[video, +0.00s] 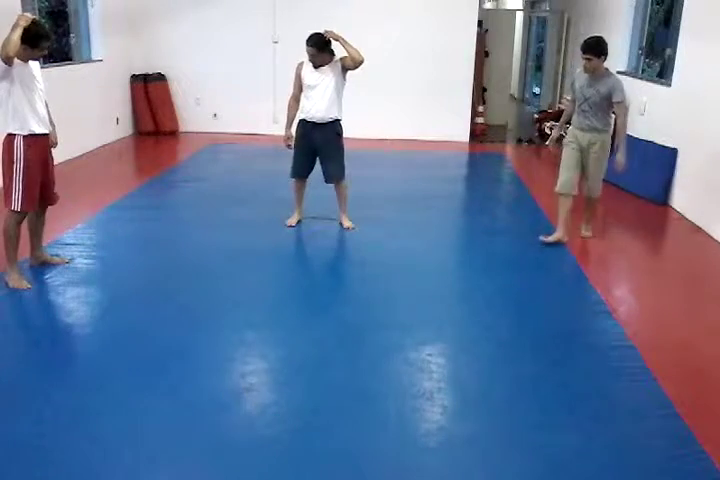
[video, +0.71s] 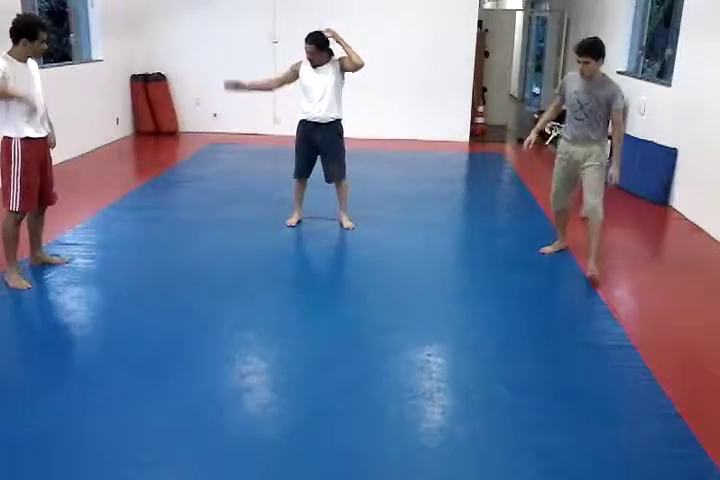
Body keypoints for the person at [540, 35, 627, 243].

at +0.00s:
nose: (584, 64)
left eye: (589, 60)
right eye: (583, 59)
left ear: (602, 59)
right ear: (582, 57)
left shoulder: (613, 83)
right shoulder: (578, 76)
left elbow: (621, 117)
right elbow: (570, 105)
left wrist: (620, 150)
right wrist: (558, 130)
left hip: (599, 138)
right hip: (575, 134)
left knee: (592, 188)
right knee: (565, 184)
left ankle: (587, 223)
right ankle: (561, 230)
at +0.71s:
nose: (580, 67)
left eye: (585, 63)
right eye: (578, 62)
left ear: (599, 62)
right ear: (577, 60)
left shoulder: (611, 91)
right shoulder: (570, 80)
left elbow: (617, 128)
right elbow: (556, 106)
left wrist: (615, 164)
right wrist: (536, 130)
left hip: (594, 151)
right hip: (567, 147)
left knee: (593, 207)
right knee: (558, 198)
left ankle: (592, 262)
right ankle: (561, 240)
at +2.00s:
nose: (563, 66)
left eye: (567, 60)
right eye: (563, 60)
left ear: (583, 61)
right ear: (581, 61)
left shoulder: (597, 95)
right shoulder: (582, 89)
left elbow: (595, 146)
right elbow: (578, 133)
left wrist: (582, 190)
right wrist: (561, 153)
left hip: (585, 169)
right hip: (571, 165)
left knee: (576, 234)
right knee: (561, 224)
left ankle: (572, 301)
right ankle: (569, 281)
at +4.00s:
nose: (539, 58)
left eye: (541, 53)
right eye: (539, 53)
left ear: (553, 55)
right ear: (563, 55)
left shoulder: (547, 81)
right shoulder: (582, 80)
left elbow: (540, 120)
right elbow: (590, 117)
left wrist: (528, 148)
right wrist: (593, 147)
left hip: (550, 143)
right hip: (570, 144)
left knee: (546, 199)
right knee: (558, 192)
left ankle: (549, 253)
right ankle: (559, 237)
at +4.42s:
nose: (533, 57)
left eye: (537, 52)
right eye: (533, 52)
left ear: (549, 52)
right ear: (548, 53)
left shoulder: (557, 77)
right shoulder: (552, 75)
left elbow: (562, 113)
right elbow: (558, 110)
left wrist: (546, 126)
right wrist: (544, 122)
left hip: (555, 135)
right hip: (551, 133)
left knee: (542, 188)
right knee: (545, 185)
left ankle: (559, 237)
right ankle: (545, 231)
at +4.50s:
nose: (533, 56)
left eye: (537, 51)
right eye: (533, 51)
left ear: (550, 51)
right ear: (548, 52)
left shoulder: (560, 75)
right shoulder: (551, 75)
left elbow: (565, 107)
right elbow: (554, 107)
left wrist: (562, 135)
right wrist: (544, 133)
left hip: (555, 133)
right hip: (547, 131)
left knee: (542, 187)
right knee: (543, 186)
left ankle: (565, 231)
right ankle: (544, 231)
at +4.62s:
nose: (537, 55)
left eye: (541, 51)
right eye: (536, 51)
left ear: (554, 52)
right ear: (548, 53)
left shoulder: (566, 74)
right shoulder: (549, 74)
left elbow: (574, 109)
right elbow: (549, 108)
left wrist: (575, 144)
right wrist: (532, 121)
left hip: (559, 133)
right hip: (544, 131)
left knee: (551, 187)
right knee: (541, 188)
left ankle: (570, 218)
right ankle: (544, 230)